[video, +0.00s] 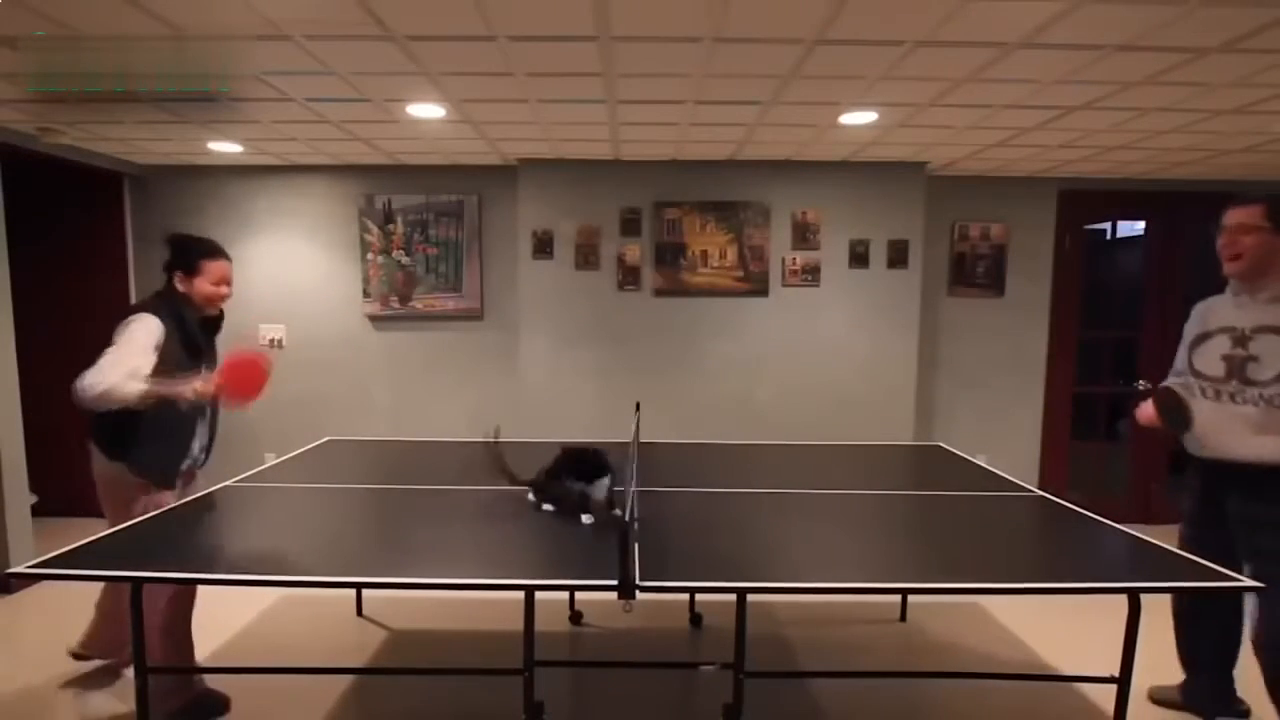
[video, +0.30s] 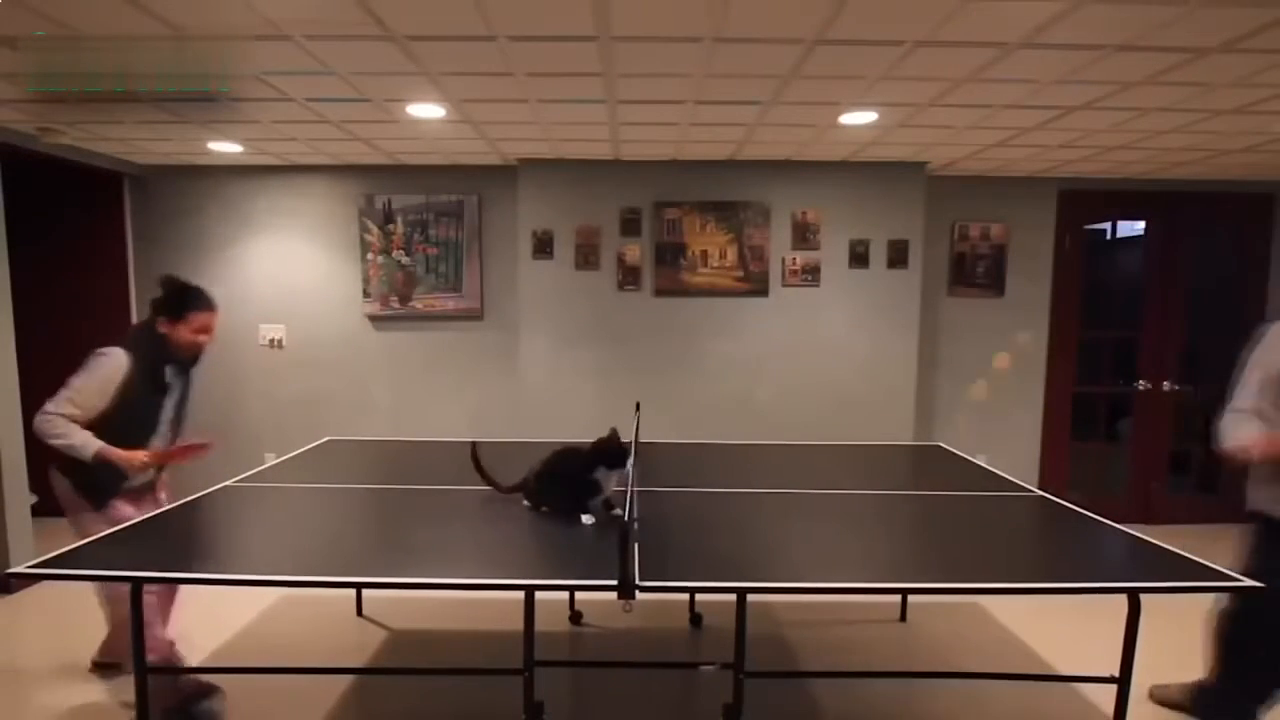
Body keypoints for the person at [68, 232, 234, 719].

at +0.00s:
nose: (227, 292)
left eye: (229, 283)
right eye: (218, 282)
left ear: (218, 283)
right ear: (182, 280)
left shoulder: (200, 327)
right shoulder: (150, 324)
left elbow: (189, 381)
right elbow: (94, 386)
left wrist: (227, 385)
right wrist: (179, 387)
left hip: (175, 469)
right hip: (132, 473)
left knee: (136, 564)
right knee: (172, 578)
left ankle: (103, 640)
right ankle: (173, 692)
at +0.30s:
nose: (205, 341)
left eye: (209, 332)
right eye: (198, 331)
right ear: (168, 324)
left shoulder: (180, 369)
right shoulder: (119, 362)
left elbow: (161, 434)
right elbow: (48, 422)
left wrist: (162, 473)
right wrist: (114, 454)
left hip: (139, 478)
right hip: (85, 482)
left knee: (169, 550)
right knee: (133, 563)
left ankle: (117, 648)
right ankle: (164, 676)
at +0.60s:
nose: (164, 345)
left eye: (168, 336)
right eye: (158, 334)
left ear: (170, 335)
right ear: (130, 328)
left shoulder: (139, 374)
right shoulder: (73, 364)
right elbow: (6, 419)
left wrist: (120, 460)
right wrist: (67, 456)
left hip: (102, 481)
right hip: (53, 491)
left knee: (129, 552)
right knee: (59, 573)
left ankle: (117, 644)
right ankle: (26, 655)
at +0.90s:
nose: (129, 318)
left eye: (132, 309)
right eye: (121, 308)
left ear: (129, 309)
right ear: (90, 305)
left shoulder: (116, 356)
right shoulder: (45, 346)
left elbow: (105, 417)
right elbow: (8, 416)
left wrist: (131, 418)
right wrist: (86, 427)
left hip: (109, 478)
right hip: (55, 486)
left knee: (149, 539)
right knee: (58, 562)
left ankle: (149, 629)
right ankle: (24, 654)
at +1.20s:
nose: (224, 304)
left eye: (225, 294)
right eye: (218, 293)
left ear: (206, 294)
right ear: (194, 291)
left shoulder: (199, 335)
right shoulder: (158, 331)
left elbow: (189, 406)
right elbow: (197, 377)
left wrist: (197, 461)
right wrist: (256, 356)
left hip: (182, 459)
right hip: (137, 458)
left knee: (206, 533)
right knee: (124, 554)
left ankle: (217, 617)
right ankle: (40, 643)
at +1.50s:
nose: (253, 310)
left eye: (255, 303)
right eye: (248, 301)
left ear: (228, 300)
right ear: (219, 295)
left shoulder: (217, 336)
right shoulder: (177, 329)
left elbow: (208, 399)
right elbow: (168, 399)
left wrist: (203, 454)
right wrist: (240, 401)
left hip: (187, 449)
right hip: (145, 448)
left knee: (209, 528)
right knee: (182, 536)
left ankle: (215, 618)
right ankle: (88, 618)